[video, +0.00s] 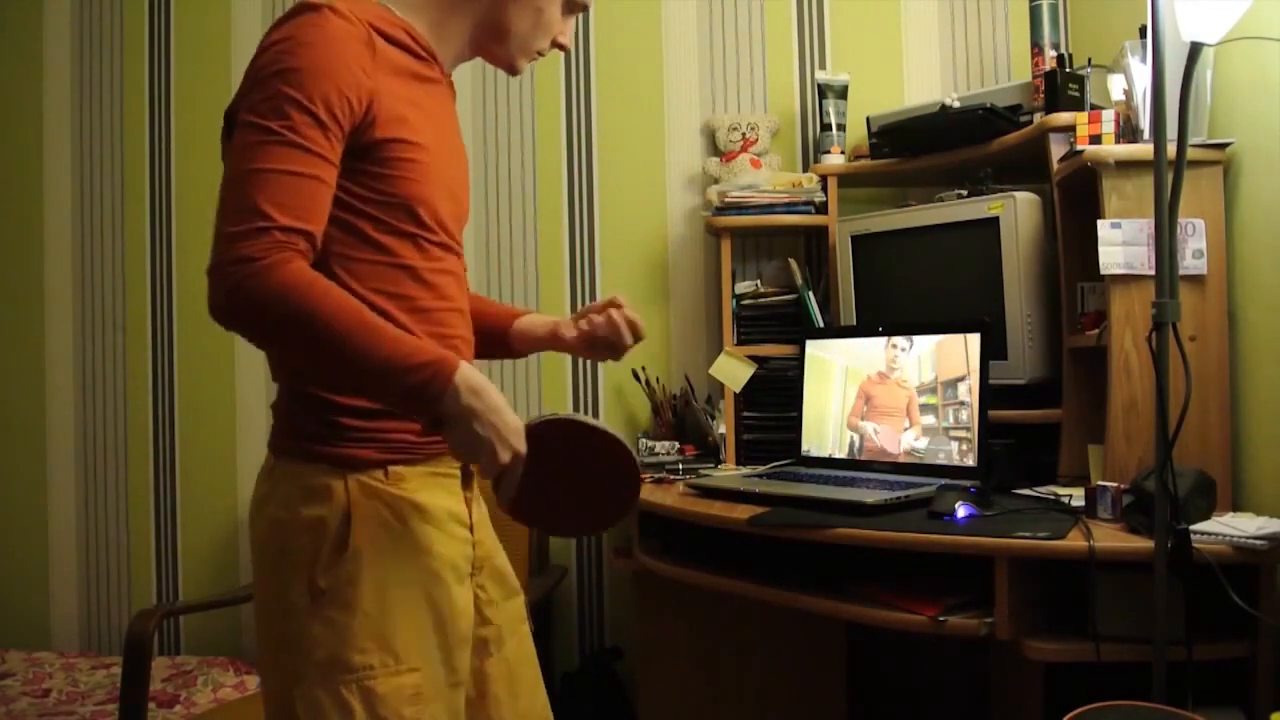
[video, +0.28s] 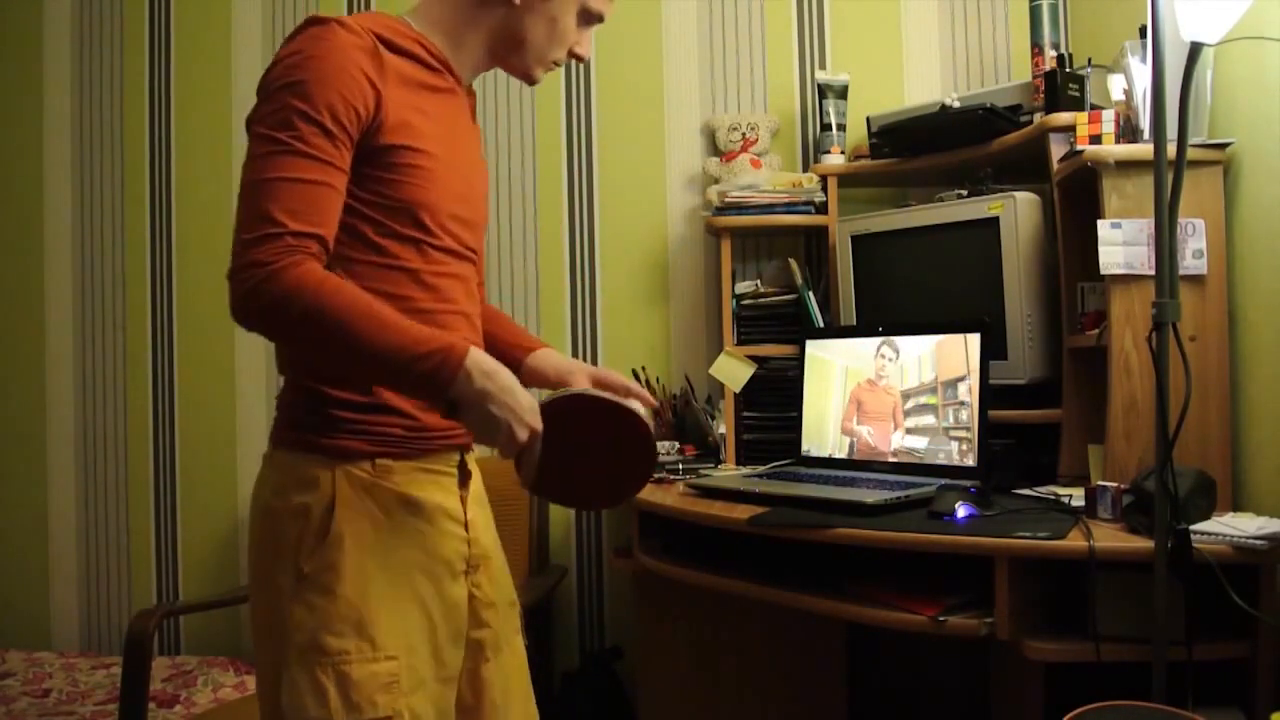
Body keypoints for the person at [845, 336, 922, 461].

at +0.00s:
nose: (896, 354)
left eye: (903, 350)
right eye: (893, 347)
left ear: (908, 355)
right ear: (885, 348)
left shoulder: (909, 389)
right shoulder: (869, 384)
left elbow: (917, 426)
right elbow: (852, 420)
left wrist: (907, 436)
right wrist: (864, 427)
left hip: (897, 456)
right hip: (871, 453)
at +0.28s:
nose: (884, 363)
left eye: (890, 360)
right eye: (882, 357)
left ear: (895, 364)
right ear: (875, 358)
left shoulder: (894, 394)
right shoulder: (859, 390)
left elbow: (900, 427)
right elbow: (845, 425)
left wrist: (896, 437)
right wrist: (859, 431)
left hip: (886, 455)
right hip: (862, 454)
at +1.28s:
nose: (885, 380)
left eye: (890, 378)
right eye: (883, 375)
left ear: (893, 380)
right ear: (878, 374)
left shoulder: (891, 402)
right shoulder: (865, 398)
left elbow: (894, 427)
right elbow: (855, 428)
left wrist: (891, 435)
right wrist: (872, 428)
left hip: (882, 452)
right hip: (865, 450)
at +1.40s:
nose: (884, 381)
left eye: (889, 378)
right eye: (883, 375)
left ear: (892, 381)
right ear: (877, 374)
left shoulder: (890, 402)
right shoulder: (864, 398)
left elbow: (894, 427)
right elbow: (854, 427)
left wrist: (889, 435)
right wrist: (873, 428)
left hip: (882, 453)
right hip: (864, 451)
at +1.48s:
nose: (884, 380)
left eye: (888, 378)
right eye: (882, 375)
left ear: (892, 381)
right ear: (877, 374)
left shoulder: (889, 402)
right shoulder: (863, 398)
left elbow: (893, 427)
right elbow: (852, 427)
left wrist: (889, 437)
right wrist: (873, 430)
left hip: (881, 454)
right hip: (863, 452)